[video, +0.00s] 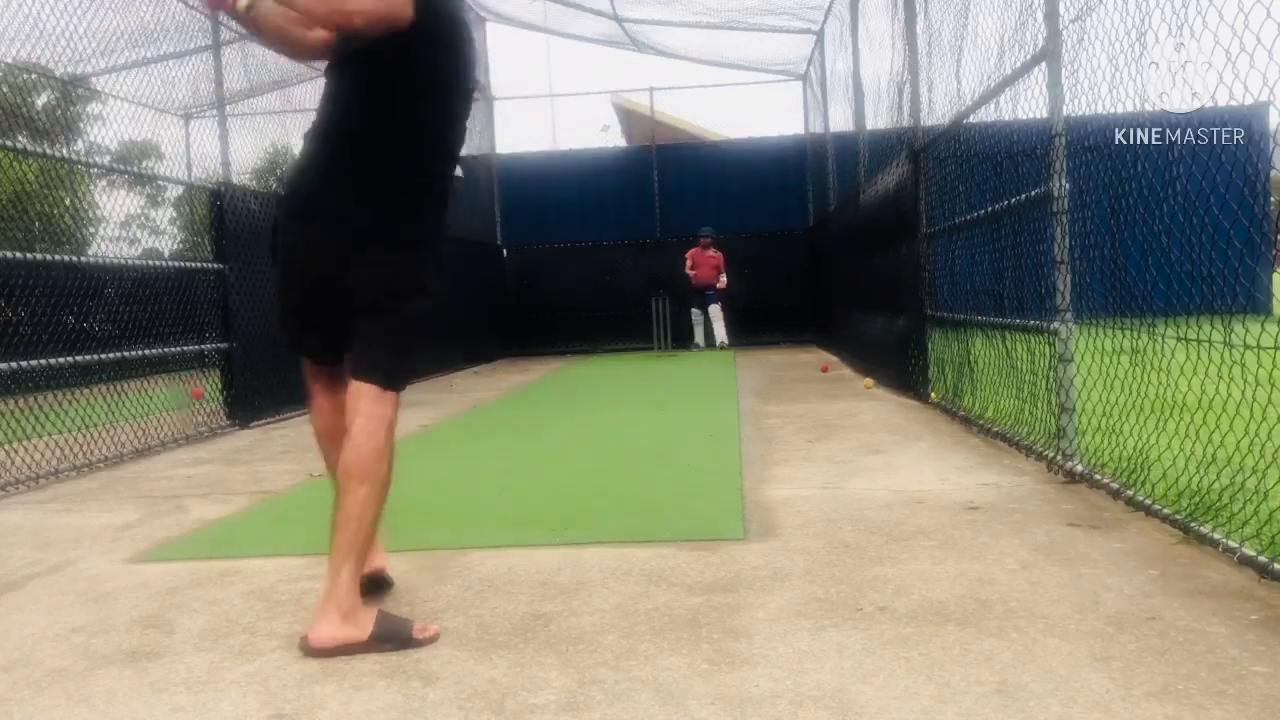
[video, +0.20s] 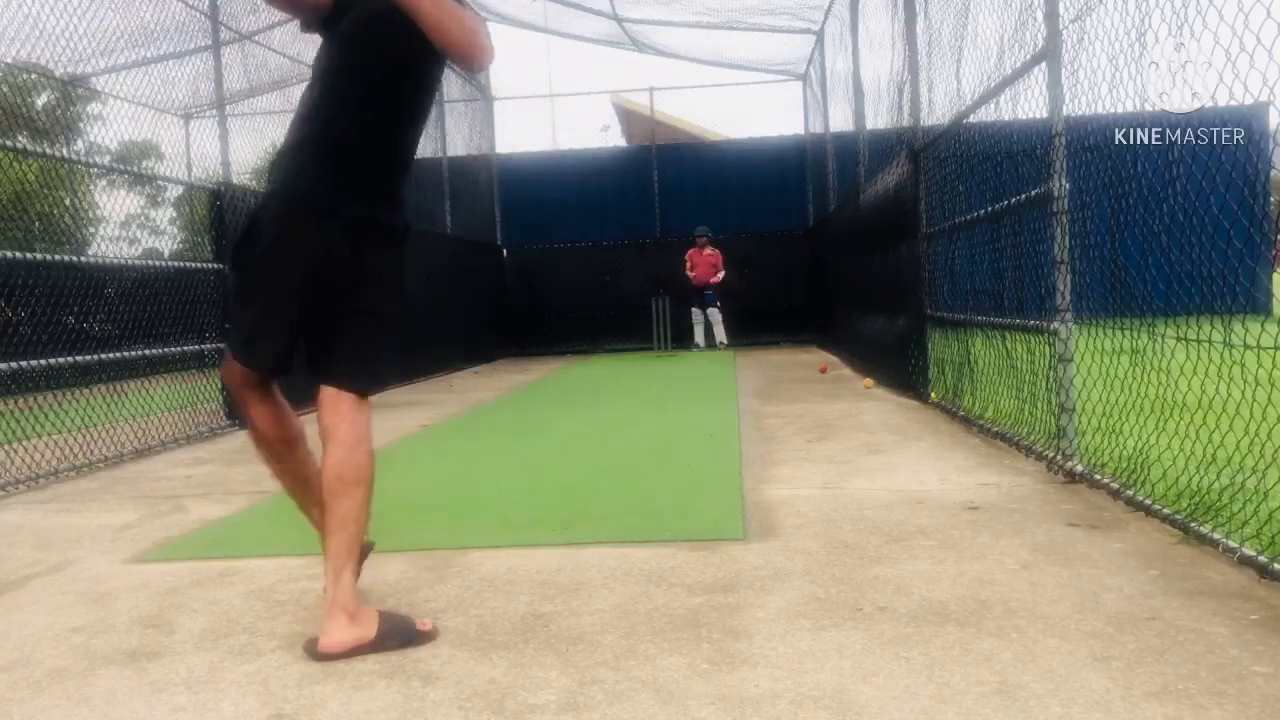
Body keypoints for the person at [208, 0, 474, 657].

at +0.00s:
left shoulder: (389, 7)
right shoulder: (444, 17)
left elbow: (325, 28)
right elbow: (310, 35)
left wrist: (250, 5)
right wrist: (239, 6)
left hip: (314, 214)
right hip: (399, 222)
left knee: (327, 391)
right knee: (372, 400)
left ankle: (366, 554)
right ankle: (339, 613)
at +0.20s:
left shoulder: (427, 8)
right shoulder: (352, 9)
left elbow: (476, 51)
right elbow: (286, 1)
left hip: (306, 211)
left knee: (248, 378)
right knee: (344, 402)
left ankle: (338, 532)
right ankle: (343, 614)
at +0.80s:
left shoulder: (297, 5)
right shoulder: (432, 32)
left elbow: (228, 110)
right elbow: (391, 139)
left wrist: (211, 170)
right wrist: (276, 149)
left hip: (290, 230)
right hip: (381, 234)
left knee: (307, 392)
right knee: (365, 408)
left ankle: (359, 555)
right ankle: (343, 613)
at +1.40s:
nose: (476, 27)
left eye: (475, 16)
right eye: (472, 15)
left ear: (420, 14)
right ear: (450, 15)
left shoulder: (420, 75)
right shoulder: (370, 61)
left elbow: (464, 164)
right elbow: (387, 173)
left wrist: (532, 169)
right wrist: (493, 123)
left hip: (347, 261)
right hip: (319, 263)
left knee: (399, 402)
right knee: (429, 418)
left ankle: (387, 545)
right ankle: (339, 605)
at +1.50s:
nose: (452, 3)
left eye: (451, 1)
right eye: (449, 1)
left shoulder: (312, 12)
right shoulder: (410, 37)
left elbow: (366, 104)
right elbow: (442, 169)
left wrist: (456, 127)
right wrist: (505, 169)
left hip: (280, 226)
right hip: (350, 237)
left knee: (367, 389)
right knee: (414, 407)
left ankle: (392, 537)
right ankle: (342, 607)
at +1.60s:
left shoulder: (279, 11)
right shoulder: (421, 15)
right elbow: (438, 98)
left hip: (298, 213)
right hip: (380, 217)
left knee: (365, 377)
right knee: (380, 403)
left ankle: (399, 533)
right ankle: (341, 605)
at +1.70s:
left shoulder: (308, 10)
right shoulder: (442, 18)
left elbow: (259, 6)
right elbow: (413, 96)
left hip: (301, 200)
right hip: (392, 200)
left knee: (340, 387)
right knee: (377, 398)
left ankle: (401, 535)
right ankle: (341, 606)